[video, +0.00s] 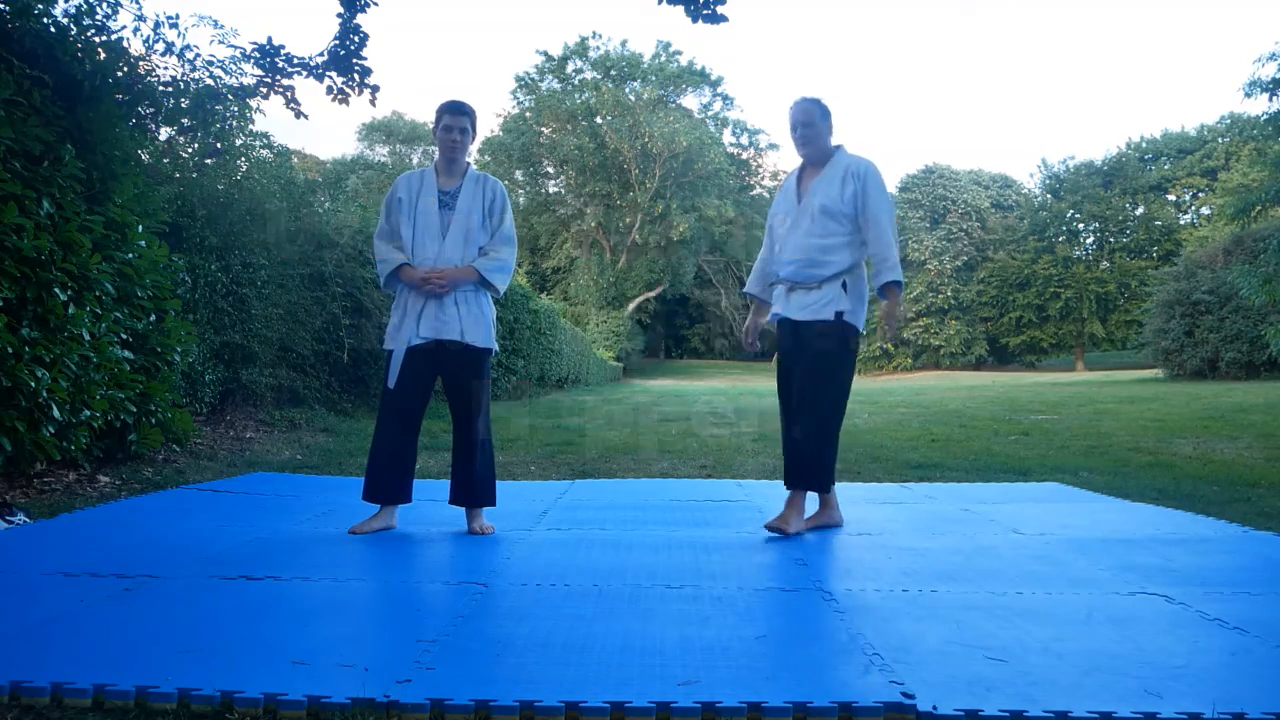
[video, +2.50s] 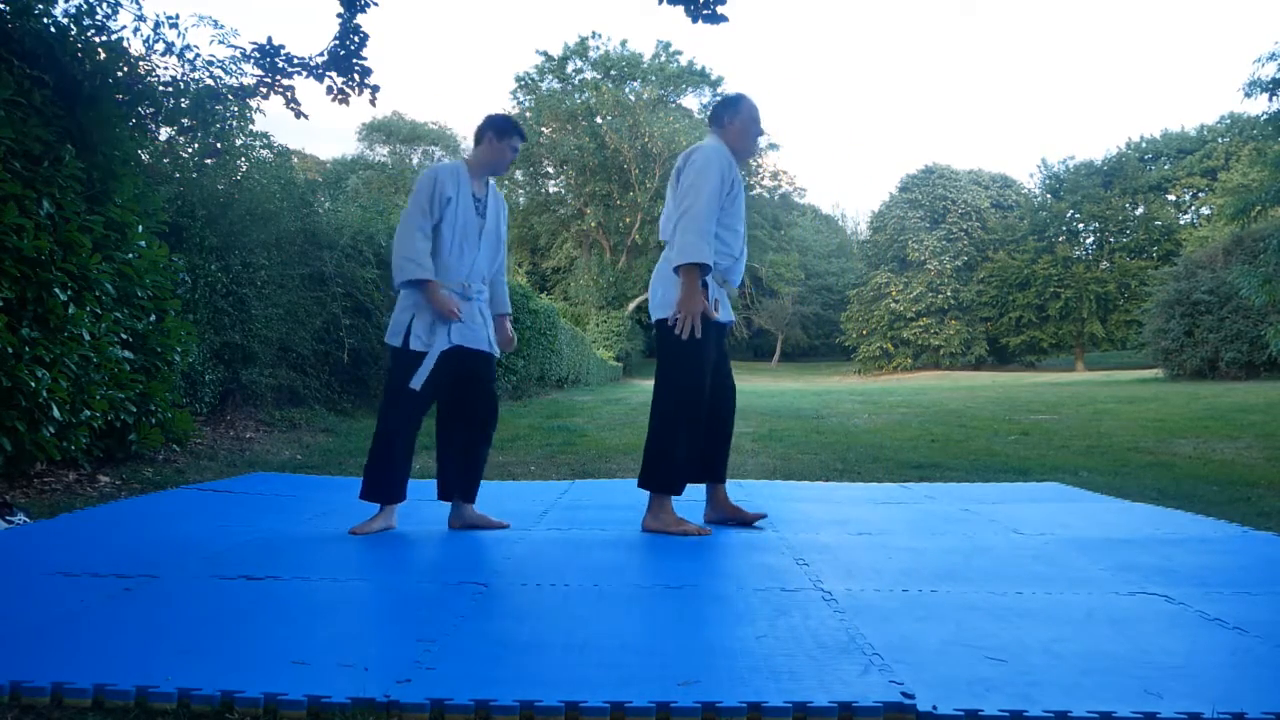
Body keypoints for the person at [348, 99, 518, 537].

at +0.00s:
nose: (454, 137)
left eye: (462, 131)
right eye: (447, 129)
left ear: (473, 139)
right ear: (434, 133)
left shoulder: (492, 191)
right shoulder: (406, 186)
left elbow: (504, 257)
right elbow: (383, 248)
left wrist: (458, 275)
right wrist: (413, 276)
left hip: (469, 321)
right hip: (414, 319)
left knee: (473, 421)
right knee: (397, 416)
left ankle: (475, 512)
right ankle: (387, 510)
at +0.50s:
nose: (453, 137)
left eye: (462, 131)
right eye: (447, 129)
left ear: (473, 139)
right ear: (434, 133)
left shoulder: (492, 191)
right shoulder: (406, 186)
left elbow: (504, 256)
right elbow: (383, 247)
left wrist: (458, 275)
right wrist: (412, 275)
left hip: (469, 321)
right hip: (414, 319)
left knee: (472, 420)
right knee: (396, 416)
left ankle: (475, 513)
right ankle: (387, 510)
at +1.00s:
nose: (454, 137)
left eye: (462, 131)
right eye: (447, 129)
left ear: (473, 139)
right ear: (434, 133)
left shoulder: (492, 191)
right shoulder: (406, 185)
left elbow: (503, 256)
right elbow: (383, 247)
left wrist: (456, 275)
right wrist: (413, 276)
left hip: (469, 322)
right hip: (414, 319)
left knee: (472, 420)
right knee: (397, 415)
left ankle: (475, 513)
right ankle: (387, 511)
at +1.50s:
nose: (452, 137)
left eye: (460, 131)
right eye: (446, 129)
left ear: (472, 139)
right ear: (433, 134)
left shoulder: (491, 190)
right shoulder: (405, 186)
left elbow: (503, 256)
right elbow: (383, 246)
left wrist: (457, 275)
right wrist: (412, 276)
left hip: (469, 321)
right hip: (413, 319)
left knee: (472, 420)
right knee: (397, 415)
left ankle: (475, 513)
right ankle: (387, 510)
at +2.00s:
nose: (475, 142)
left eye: (478, 135)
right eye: (468, 133)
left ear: (477, 139)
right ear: (441, 133)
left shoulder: (486, 191)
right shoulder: (401, 182)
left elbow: (499, 255)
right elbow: (378, 244)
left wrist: (462, 277)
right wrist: (410, 276)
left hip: (466, 322)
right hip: (411, 320)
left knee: (469, 419)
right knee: (394, 415)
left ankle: (475, 511)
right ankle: (387, 511)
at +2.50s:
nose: (514, 160)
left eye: (517, 153)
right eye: (512, 150)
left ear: (499, 147)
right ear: (489, 140)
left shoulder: (497, 203)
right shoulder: (439, 178)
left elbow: (496, 266)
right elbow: (410, 238)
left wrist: (502, 317)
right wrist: (432, 290)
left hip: (475, 325)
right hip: (424, 317)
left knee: (478, 412)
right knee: (400, 413)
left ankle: (463, 508)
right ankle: (386, 510)